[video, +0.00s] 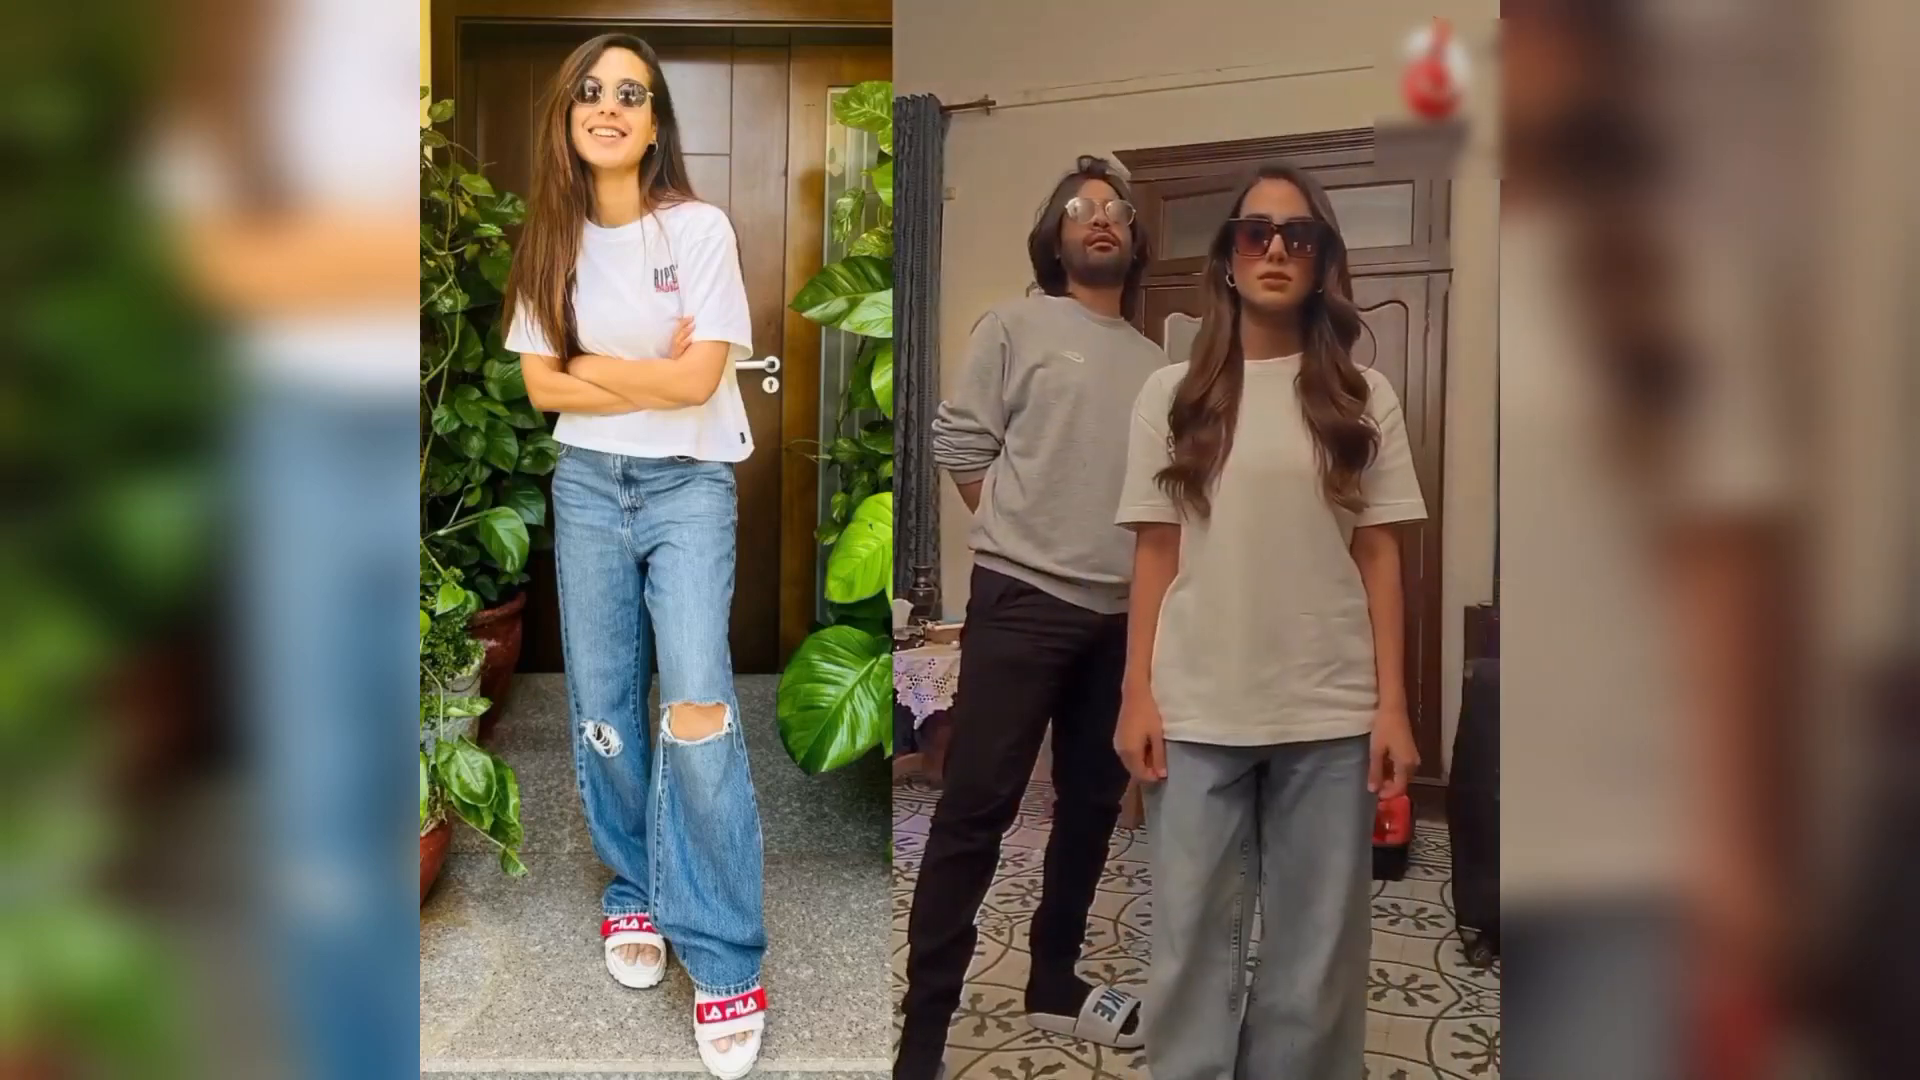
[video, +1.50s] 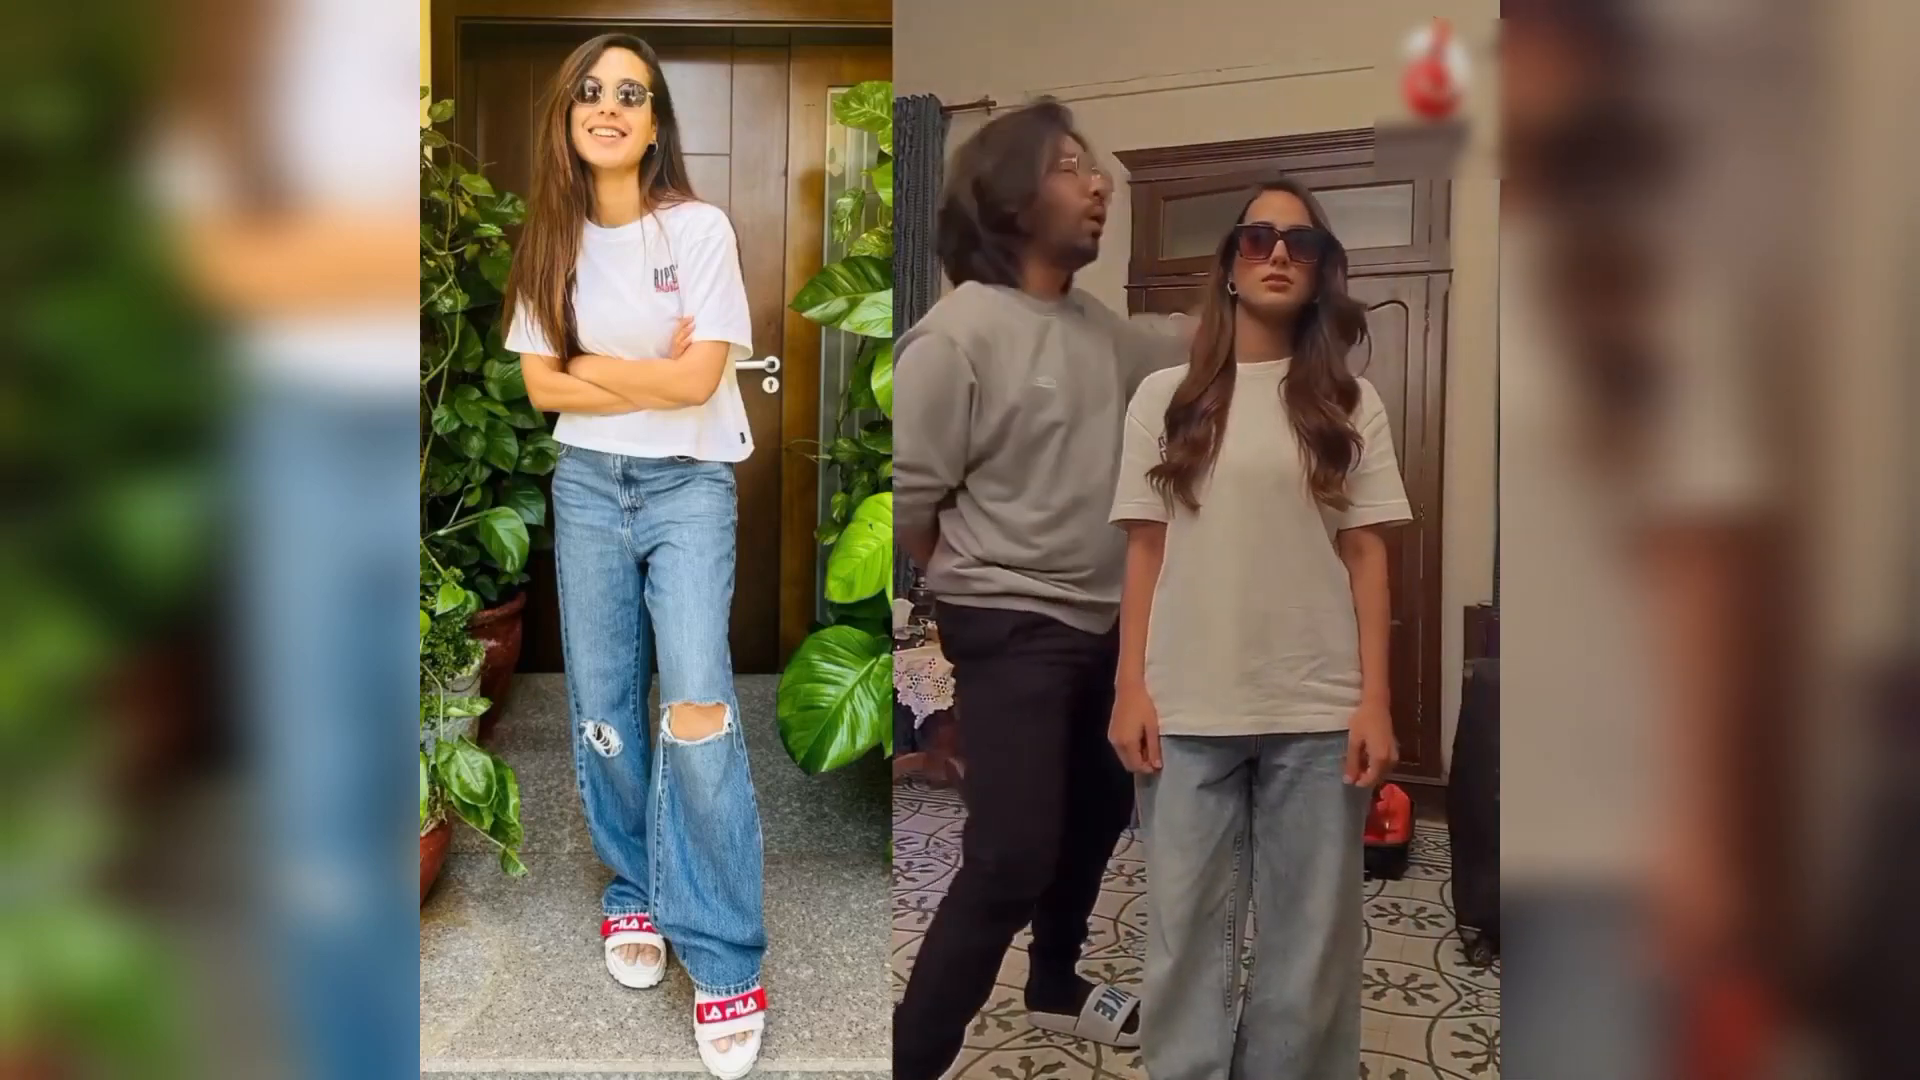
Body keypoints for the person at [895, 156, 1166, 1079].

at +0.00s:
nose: (1100, 218)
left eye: (1114, 207)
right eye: (1082, 208)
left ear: (1135, 235)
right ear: (1053, 236)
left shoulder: (1160, 360)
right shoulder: (1013, 326)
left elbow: (1171, 491)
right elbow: (964, 457)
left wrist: (1126, 565)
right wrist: (1014, 552)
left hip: (1124, 610)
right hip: (1019, 601)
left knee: (1091, 807)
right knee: (974, 812)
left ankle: (1055, 985)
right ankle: (923, 1036)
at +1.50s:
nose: (1100, 186)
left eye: (1096, 170)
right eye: (1073, 168)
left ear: (1088, 192)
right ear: (1009, 192)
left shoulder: (1106, 329)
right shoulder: (955, 333)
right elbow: (908, 516)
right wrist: (951, 591)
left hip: (1107, 620)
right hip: (1002, 622)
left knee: (1092, 816)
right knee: (1011, 866)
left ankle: (1055, 986)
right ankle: (914, 1064)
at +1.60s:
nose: (1085, 209)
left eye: (1081, 189)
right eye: (1062, 191)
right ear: (997, 210)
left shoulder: (1074, 319)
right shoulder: (951, 343)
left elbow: (1139, 312)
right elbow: (918, 526)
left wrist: (1190, 236)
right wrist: (919, 613)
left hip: (1105, 623)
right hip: (1017, 631)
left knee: (1105, 820)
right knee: (1033, 867)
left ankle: (1055, 989)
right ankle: (914, 1065)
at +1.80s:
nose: (1076, 231)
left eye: (1072, 212)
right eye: (1055, 211)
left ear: (1028, 230)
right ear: (995, 227)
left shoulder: (1064, 332)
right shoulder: (942, 368)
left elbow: (1125, 338)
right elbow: (921, 550)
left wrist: (1166, 242)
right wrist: (938, 611)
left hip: (1111, 617)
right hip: (1030, 629)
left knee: (1118, 827)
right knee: (1044, 869)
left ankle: (1055, 987)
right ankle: (916, 1062)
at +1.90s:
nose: (1077, 200)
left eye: (1068, 185)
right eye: (1053, 188)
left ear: (1035, 216)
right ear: (1001, 217)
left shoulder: (1077, 329)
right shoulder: (961, 346)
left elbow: (1141, 325)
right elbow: (923, 527)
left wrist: (1195, 226)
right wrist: (942, 599)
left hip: (1111, 619)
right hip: (1025, 624)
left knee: (1110, 820)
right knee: (1028, 859)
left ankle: (1056, 982)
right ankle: (913, 1059)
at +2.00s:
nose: (1077, 184)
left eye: (1074, 171)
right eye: (1048, 175)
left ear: (1078, 199)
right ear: (998, 209)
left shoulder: (1103, 329)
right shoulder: (992, 323)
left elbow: (1171, 317)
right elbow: (925, 481)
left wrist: (1236, 261)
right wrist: (954, 561)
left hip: (1112, 612)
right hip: (1024, 610)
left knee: (1099, 807)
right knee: (1006, 850)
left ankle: (1055, 987)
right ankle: (910, 1061)